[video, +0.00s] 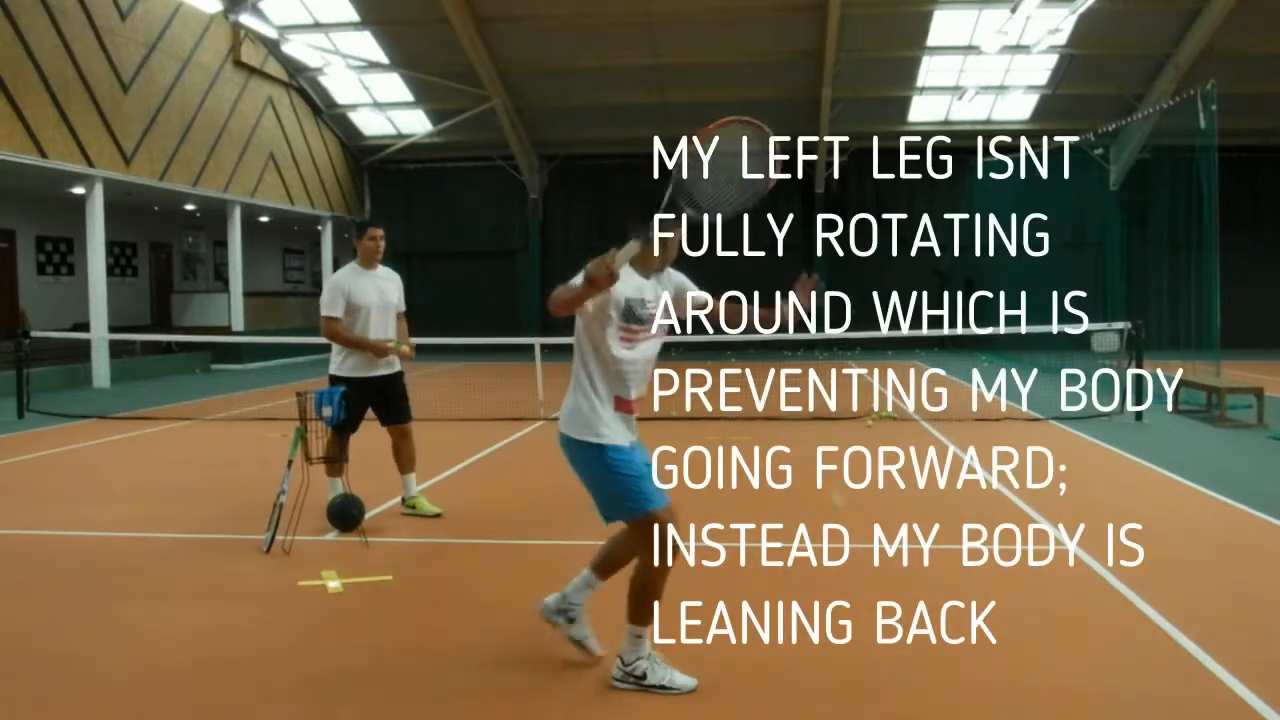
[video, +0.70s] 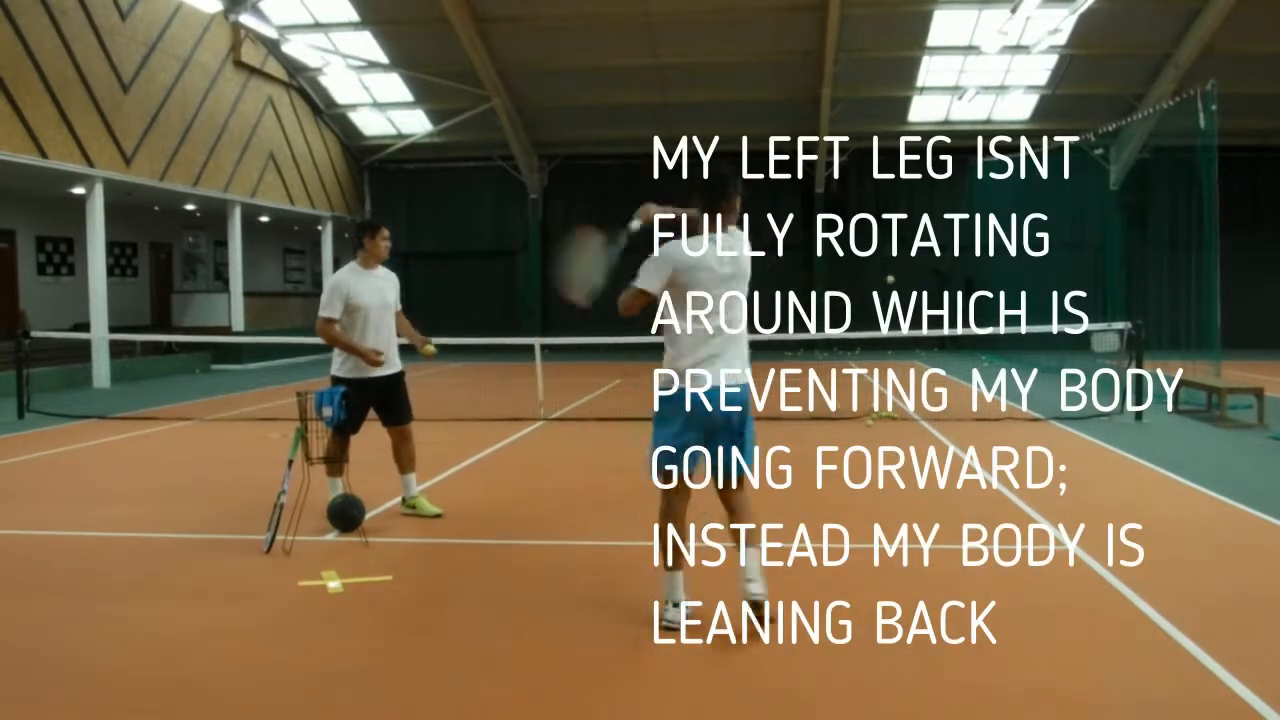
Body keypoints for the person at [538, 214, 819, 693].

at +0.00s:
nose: (680, 245)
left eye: (682, 236)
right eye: (674, 234)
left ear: (678, 242)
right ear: (654, 234)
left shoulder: (671, 284)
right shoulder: (605, 273)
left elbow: (729, 315)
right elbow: (555, 307)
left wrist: (788, 306)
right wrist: (588, 287)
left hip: (620, 427)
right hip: (591, 428)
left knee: (649, 527)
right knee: (663, 531)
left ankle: (567, 602)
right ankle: (634, 659)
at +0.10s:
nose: (691, 262)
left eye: (691, 253)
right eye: (685, 254)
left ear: (668, 258)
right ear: (662, 256)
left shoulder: (684, 298)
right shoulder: (618, 296)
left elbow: (739, 332)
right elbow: (577, 341)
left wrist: (803, 352)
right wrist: (593, 331)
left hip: (635, 438)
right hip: (603, 441)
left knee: (686, 511)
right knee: (669, 537)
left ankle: (626, 599)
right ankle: (635, 658)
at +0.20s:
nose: (702, 269)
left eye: (703, 262)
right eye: (697, 262)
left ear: (687, 266)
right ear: (674, 264)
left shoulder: (698, 306)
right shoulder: (635, 307)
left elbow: (754, 340)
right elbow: (608, 356)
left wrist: (814, 365)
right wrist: (595, 379)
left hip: (646, 438)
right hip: (616, 440)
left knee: (698, 512)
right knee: (673, 535)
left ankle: (657, 602)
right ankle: (634, 658)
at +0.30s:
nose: (715, 262)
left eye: (713, 254)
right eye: (709, 254)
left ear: (686, 262)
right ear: (688, 260)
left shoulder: (706, 300)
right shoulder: (654, 310)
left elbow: (751, 333)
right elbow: (642, 373)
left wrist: (803, 361)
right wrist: (626, 419)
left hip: (663, 430)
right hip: (633, 432)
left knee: (701, 505)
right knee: (677, 533)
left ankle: (655, 599)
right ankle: (637, 654)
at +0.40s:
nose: (721, 249)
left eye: (718, 240)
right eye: (718, 241)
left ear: (686, 240)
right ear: (706, 244)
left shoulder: (666, 276)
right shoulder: (689, 287)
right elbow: (689, 361)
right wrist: (692, 424)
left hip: (644, 409)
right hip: (667, 417)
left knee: (673, 509)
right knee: (694, 515)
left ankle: (654, 598)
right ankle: (657, 621)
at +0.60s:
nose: (731, 212)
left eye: (728, 204)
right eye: (730, 206)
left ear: (688, 202)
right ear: (722, 207)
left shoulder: (651, 249)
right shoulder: (735, 258)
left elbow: (603, 292)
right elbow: (764, 245)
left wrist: (645, 281)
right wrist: (734, 221)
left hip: (661, 388)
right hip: (718, 389)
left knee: (658, 489)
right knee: (722, 489)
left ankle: (662, 593)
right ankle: (689, 559)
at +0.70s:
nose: (742, 208)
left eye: (739, 201)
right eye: (740, 202)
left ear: (692, 205)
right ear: (730, 204)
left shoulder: (672, 253)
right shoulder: (742, 248)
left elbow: (629, 304)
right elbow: (706, 238)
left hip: (682, 391)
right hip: (734, 389)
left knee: (674, 494)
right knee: (735, 487)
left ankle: (674, 602)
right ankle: (755, 587)